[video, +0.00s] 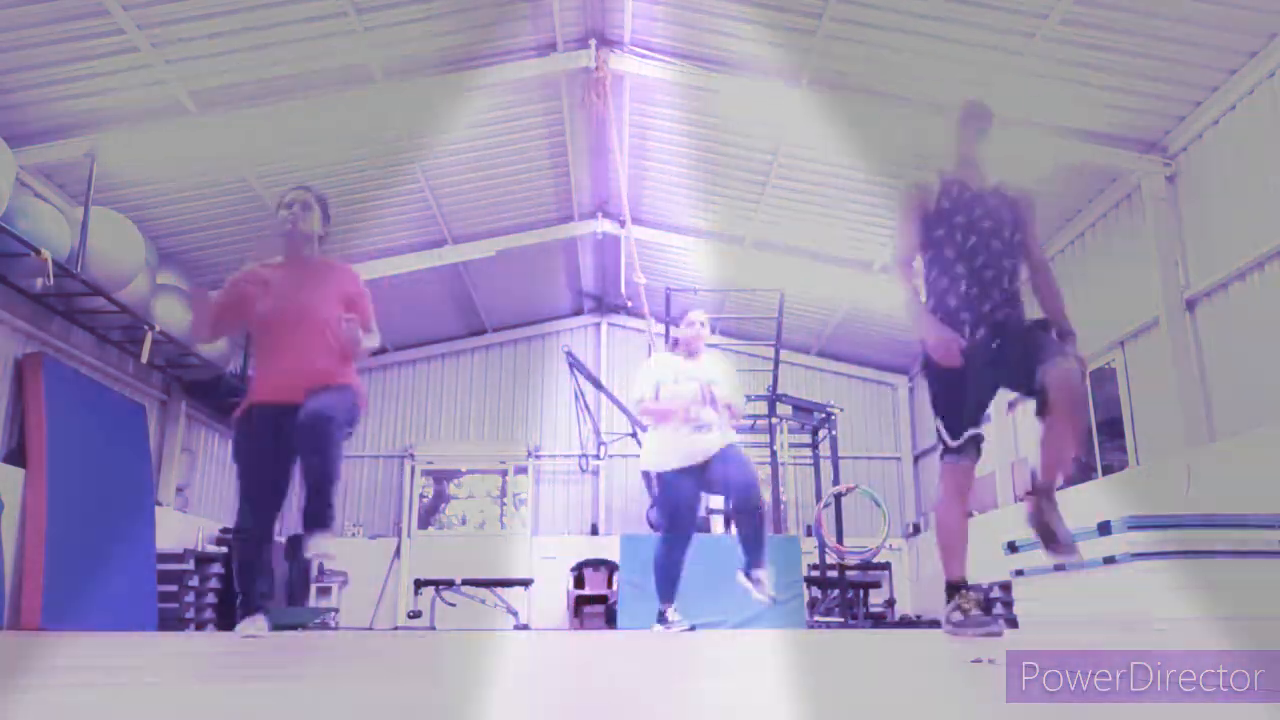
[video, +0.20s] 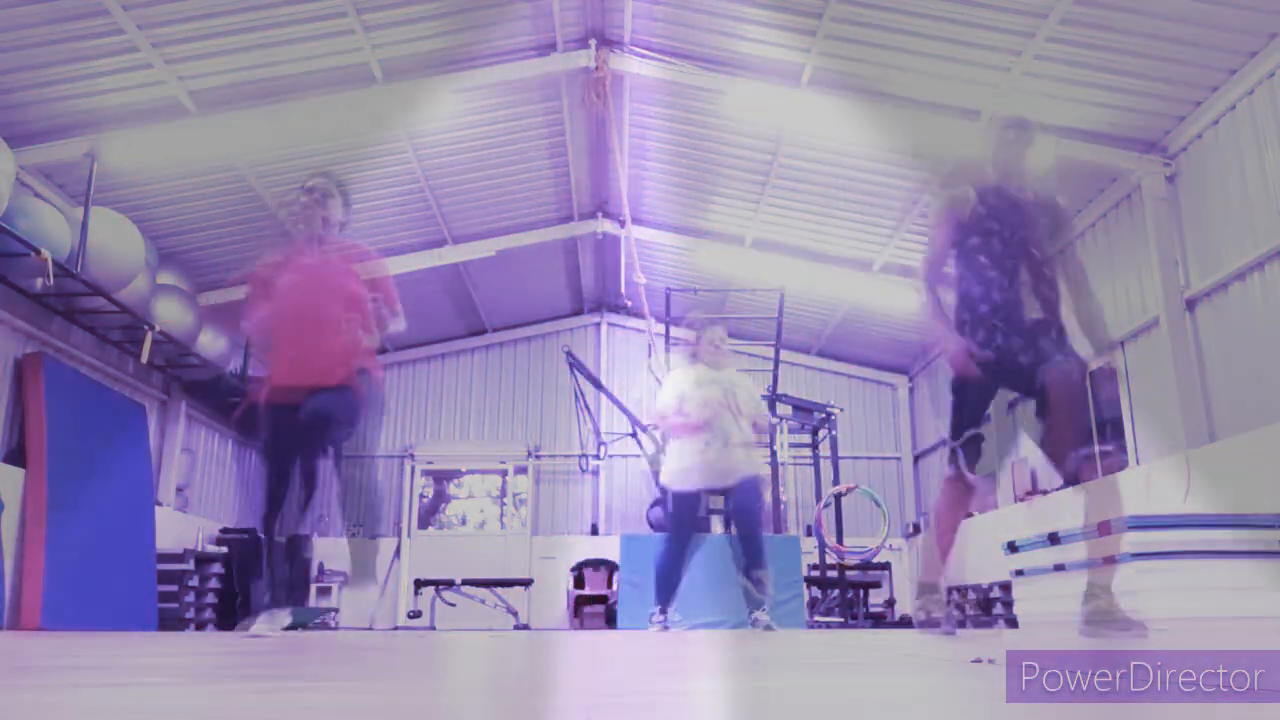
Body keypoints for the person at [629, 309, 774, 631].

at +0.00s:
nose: (695, 331)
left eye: (701, 326)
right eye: (689, 325)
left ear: (710, 334)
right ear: (678, 331)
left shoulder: (719, 363)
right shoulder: (658, 364)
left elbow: (738, 412)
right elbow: (642, 409)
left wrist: (716, 400)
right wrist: (681, 407)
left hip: (717, 451)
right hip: (672, 458)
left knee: (747, 487)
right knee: (678, 529)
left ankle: (754, 568)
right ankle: (666, 608)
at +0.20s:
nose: (719, 349)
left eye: (723, 344)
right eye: (713, 343)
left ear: (728, 346)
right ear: (697, 345)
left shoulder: (740, 381)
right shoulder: (681, 378)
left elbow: (762, 423)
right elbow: (662, 420)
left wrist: (758, 421)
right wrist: (694, 422)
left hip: (739, 469)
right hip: (689, 471)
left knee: (750, 532)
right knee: (680, 536)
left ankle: (758, 611)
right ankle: (660, 610)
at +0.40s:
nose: (737, 325)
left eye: (743, 320)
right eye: (730, 320)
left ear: (752, 329)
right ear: (718, 328)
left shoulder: (768, 364)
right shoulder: (700, 358)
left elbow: (787, 409)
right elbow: (679, 402)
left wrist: (775, 408)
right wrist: (711, 401)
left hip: (750, 458)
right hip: (702, 457)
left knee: (754, 528)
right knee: (695, 523)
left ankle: (759, 606)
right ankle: (673, 582)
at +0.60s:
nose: (747, 333)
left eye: (752, 328)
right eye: (739, 329)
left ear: (762, 337)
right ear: (728, 340)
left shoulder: (779, 374)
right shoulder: (712, 368)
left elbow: (797, 423)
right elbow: (690, 413)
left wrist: (782, 411)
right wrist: (719, 406)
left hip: (764, 456)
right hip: (718, 442)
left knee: (753, 536)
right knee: (728, 463)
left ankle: (750, 611)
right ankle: (723, 535)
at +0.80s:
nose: (753, 323)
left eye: (759, 317)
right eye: (745, 318)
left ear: (768, 325)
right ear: (734, 328)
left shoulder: (788, 357)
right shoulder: (719, 357)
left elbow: (808, 410)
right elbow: (696, 406)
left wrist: (786, 396)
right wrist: (725, 399)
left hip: (773, 450)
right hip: (725, 439)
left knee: (753, 527)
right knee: (754, 492)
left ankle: (744, 607)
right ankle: (759, 579)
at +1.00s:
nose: (756, 342)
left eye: (761, 337)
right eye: (749, 338)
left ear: (772, 347)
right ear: (738, 348)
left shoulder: (791, 381)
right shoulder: (726, 384)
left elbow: (814, 425)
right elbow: (715, 432)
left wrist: (794, 417)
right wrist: (741, 414)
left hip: (787, 478)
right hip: (739, 470)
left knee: (755, 540)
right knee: (773, 527)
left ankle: (733, 608)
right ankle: (763, 609)